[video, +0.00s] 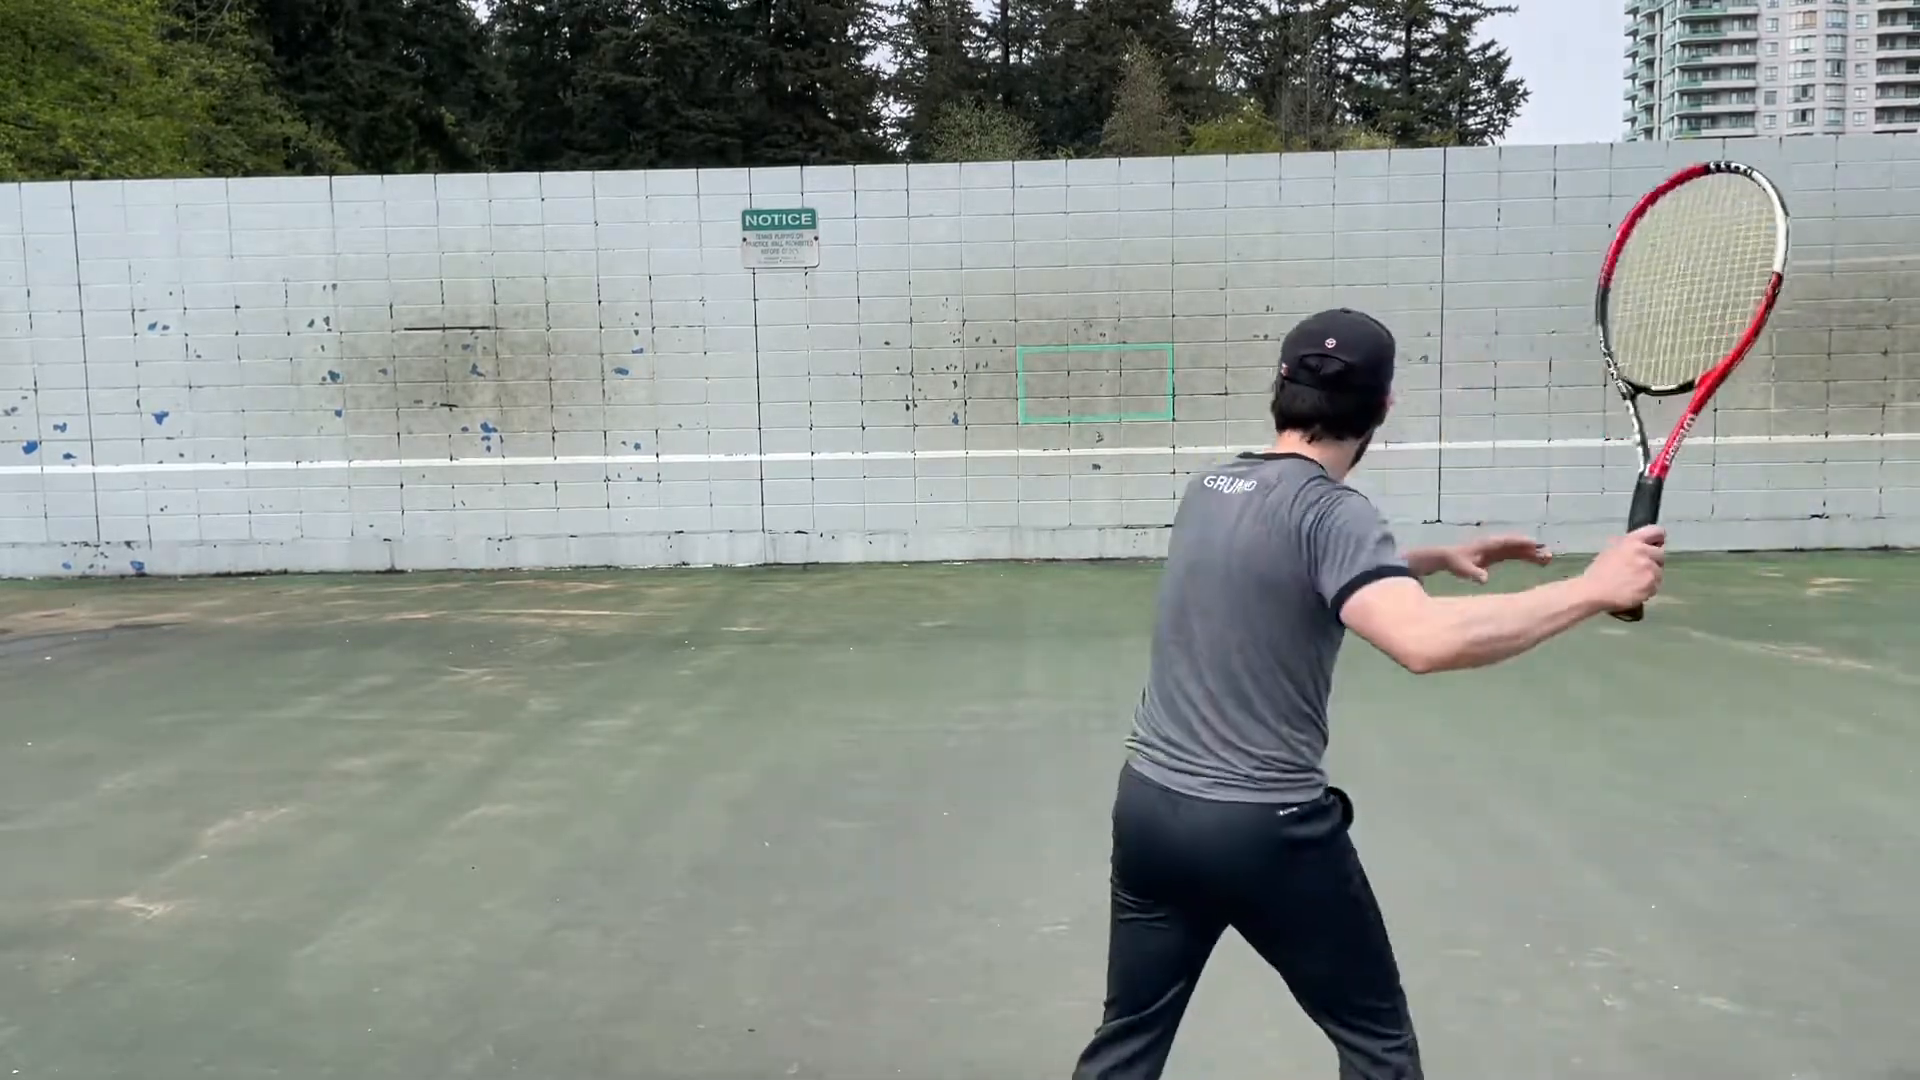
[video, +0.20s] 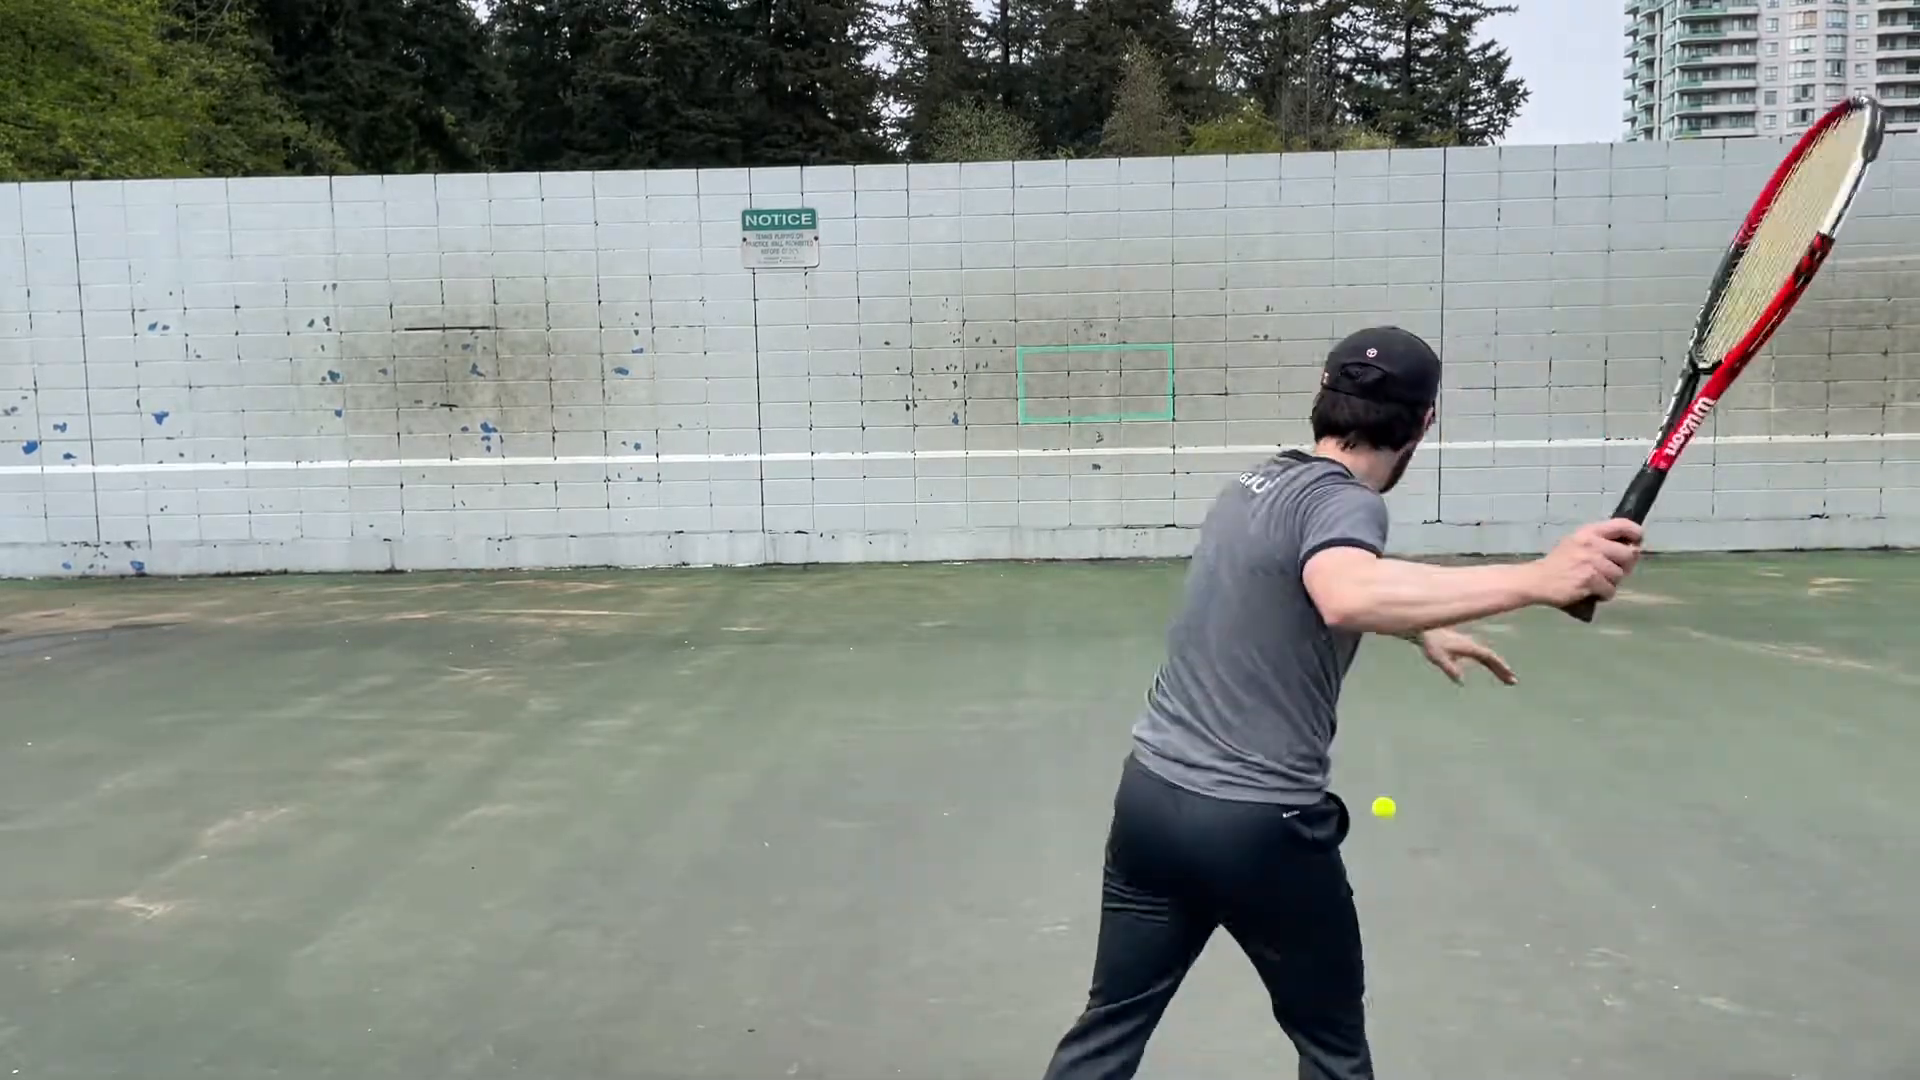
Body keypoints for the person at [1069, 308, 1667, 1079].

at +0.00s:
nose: (1393, 402)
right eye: (1393, 389)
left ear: (1277, 390)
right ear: (1383, 409)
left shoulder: (1208, 490)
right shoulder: (1333, 513)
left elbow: (1295, 574)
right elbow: (1425, 640)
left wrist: (1434, 558)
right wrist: (1592, 588)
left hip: (1153, 815)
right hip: (1274, 833)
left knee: (1127, 1037)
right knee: (1378, 1045)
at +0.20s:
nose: (1432, 426)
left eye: (1427, 408)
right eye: (1433, 413)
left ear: (1325, 399)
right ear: (1421, 426)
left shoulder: (1248, 486)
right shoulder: (1340, 503)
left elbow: (1310, 578)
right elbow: (1345, 595)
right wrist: (1538, 577)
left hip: (1154, 803)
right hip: (1265, 831)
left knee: (1108, 1026)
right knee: (1331, 1042)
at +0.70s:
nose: (1457, 453)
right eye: (1458, 442)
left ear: (1356, 429)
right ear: (1449, 452)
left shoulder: (1295, 500)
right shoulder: (1452, 566)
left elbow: (1199, 605)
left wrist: (1093, 722)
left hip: (1235, 819)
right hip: (1356, 844)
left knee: (1144, 1019)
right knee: (1336, 1037)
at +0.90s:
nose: (1308, 361)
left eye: (1312, 352)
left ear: (1313, 365)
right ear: (1404, 387)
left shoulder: (1301, 474)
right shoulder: (1417, 489)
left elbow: (1298, 631)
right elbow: (1295, 512)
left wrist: (1225, 787)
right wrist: (1190, 451)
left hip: (1276, 788)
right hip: (1377, 798)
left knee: (1174, 1019)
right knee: (1334, 1027)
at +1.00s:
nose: (1277, 352)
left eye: (1280, 343)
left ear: (1285, 357)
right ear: (1379, 372)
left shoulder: (1295, 474)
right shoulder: (1393, 471)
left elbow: (1302, 639)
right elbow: (1249, 477)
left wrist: (1219, 783)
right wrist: (1123, 454)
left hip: (1272, 790)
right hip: (1372, 791)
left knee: (1173, 1023)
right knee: (1335, 1025)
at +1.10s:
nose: (1245, 354)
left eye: (1248, 343)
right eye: (1258, 342)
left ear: (1253, 358)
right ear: (1349, 366)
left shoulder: (1275, 480)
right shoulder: (1371, 468)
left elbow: (1287, 654)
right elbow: (1217, 499)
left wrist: (1185, 773)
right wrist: (1093, 508)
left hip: (1262, 791)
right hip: (1361, 790)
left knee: (1163, 1020)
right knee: (1331, 1029)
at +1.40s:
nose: (1107, 372)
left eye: (1110, 362)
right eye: (1116, 360)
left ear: (1114, 381)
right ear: (1209, 384)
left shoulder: (1120, 511)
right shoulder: (1260, 498)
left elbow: (1142, 689)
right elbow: (1248, 657)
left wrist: (1048, 752)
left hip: (1147, 817)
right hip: (1254, 809)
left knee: (1115, 1058)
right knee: (1266, 1041)